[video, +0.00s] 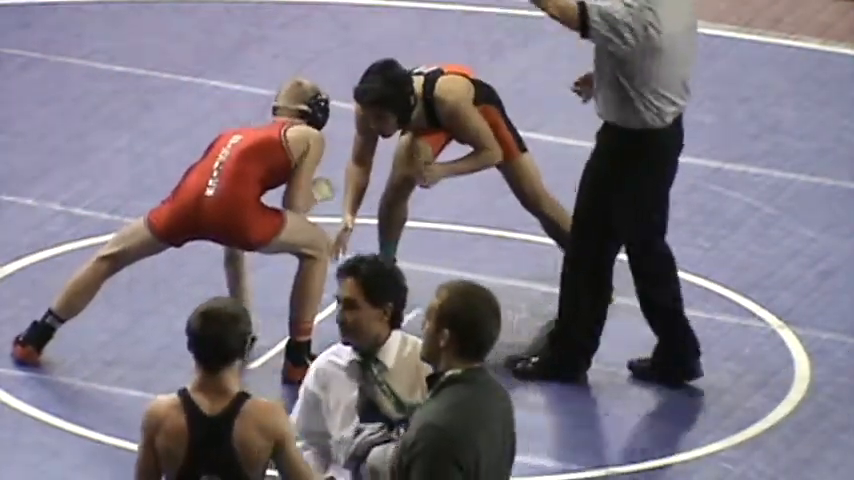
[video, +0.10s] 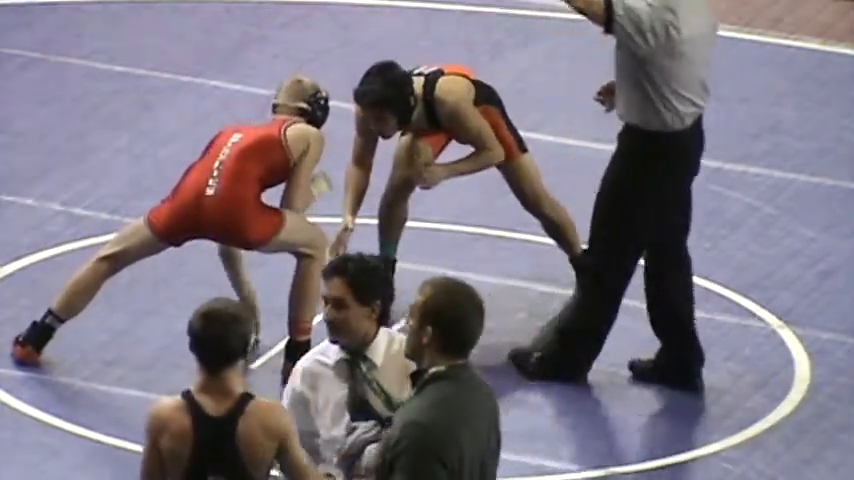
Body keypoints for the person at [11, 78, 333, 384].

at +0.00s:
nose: (321, 131)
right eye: (323, 123)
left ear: (278, 111)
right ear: (316, 117)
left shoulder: (238, 135)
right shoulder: (311, 136)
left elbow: (234, 239)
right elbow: (294, 209)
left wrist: (241, 319)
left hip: (182, 211)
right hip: (239, 218)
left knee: (108, 259)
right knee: (319, 246)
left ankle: (34, 339)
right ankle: (298, 358)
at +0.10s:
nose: (319, 130)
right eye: (321, 122)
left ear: (278, 108)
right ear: (316, 115)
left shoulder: (237, 133)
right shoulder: (310, 135)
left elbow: (226, 239)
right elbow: (293, 209)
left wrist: (247, 302)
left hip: (182, 210)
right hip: (239, 218)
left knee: (106, 261)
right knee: (316, 245)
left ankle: (34, 339)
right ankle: (297, 361)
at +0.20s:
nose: (318, 127)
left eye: (283, 99)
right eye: (322, 119)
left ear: (280, 106)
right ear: (316, 113)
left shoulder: (238, 129)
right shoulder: (310, 136)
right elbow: (291, 208)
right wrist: (289, 248)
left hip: (182, 209)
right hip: (238, 219)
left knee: (108, 260)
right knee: (314, 245)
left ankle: (35, 338)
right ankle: (300, 351)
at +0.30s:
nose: (322, 124)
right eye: (325, 115)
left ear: (283, 98)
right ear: (319, 110)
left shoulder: (242, 122)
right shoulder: (310, 136)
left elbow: (206, 176)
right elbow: (292, 205)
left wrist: (281, 191)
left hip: (182, 206)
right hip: (237, 218)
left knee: (108, 259)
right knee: (313, 245)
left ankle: (36, 337)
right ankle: (299, 343)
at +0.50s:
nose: (317, 107)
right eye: (316, 100)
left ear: (276, 93)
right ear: (310, 104)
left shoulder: (252, 107)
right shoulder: (295, 135)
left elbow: (308, 118)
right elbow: (267, 212)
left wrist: (363, 103)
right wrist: (292, 188)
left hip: (155, 204)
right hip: (205, 217)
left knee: (107, 254)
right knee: (292, 243)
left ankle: (38, 323)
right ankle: (294, 342)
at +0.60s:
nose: (283, 94)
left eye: (274, 84)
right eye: (284, 87)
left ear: (245, 75)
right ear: (279, 89)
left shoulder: (219, 95)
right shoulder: (259, 122)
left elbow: (287, 114)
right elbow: (232, 200)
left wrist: (350, 102)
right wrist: (266, 169)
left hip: (124, 195)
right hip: (174, 206)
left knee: (93, 252)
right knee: (260, 249)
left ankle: (22, 327)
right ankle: (284, 350)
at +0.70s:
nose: (250, 82)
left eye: (251, 75)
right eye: (253, 74)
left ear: (215, 56)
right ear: (247, 70)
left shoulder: (185, 77)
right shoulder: (225, 95)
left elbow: (218, 149)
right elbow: (197, 166)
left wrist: (287, 145)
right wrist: (233, 142)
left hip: (93, 173)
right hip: (136, 181)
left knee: (74, 249)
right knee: (227, 250)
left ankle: (18, 330)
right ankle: (264, 349)